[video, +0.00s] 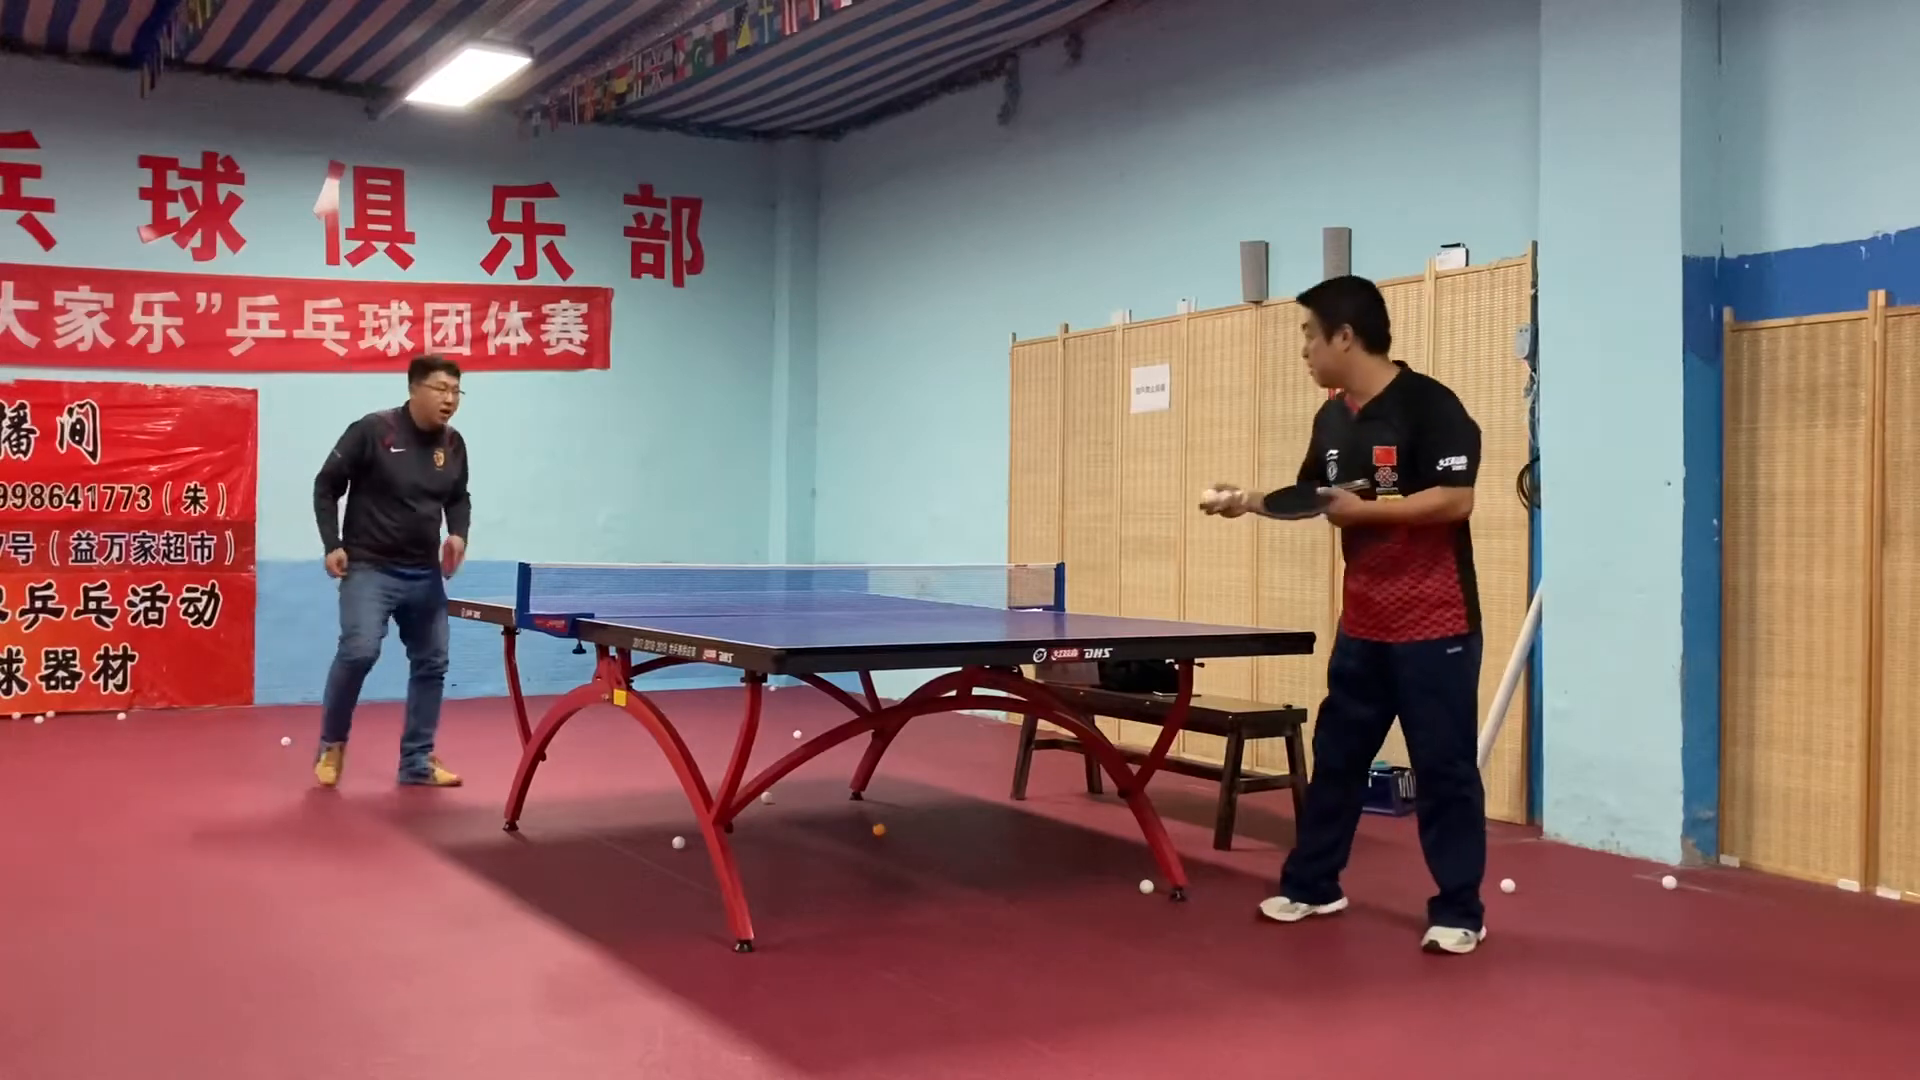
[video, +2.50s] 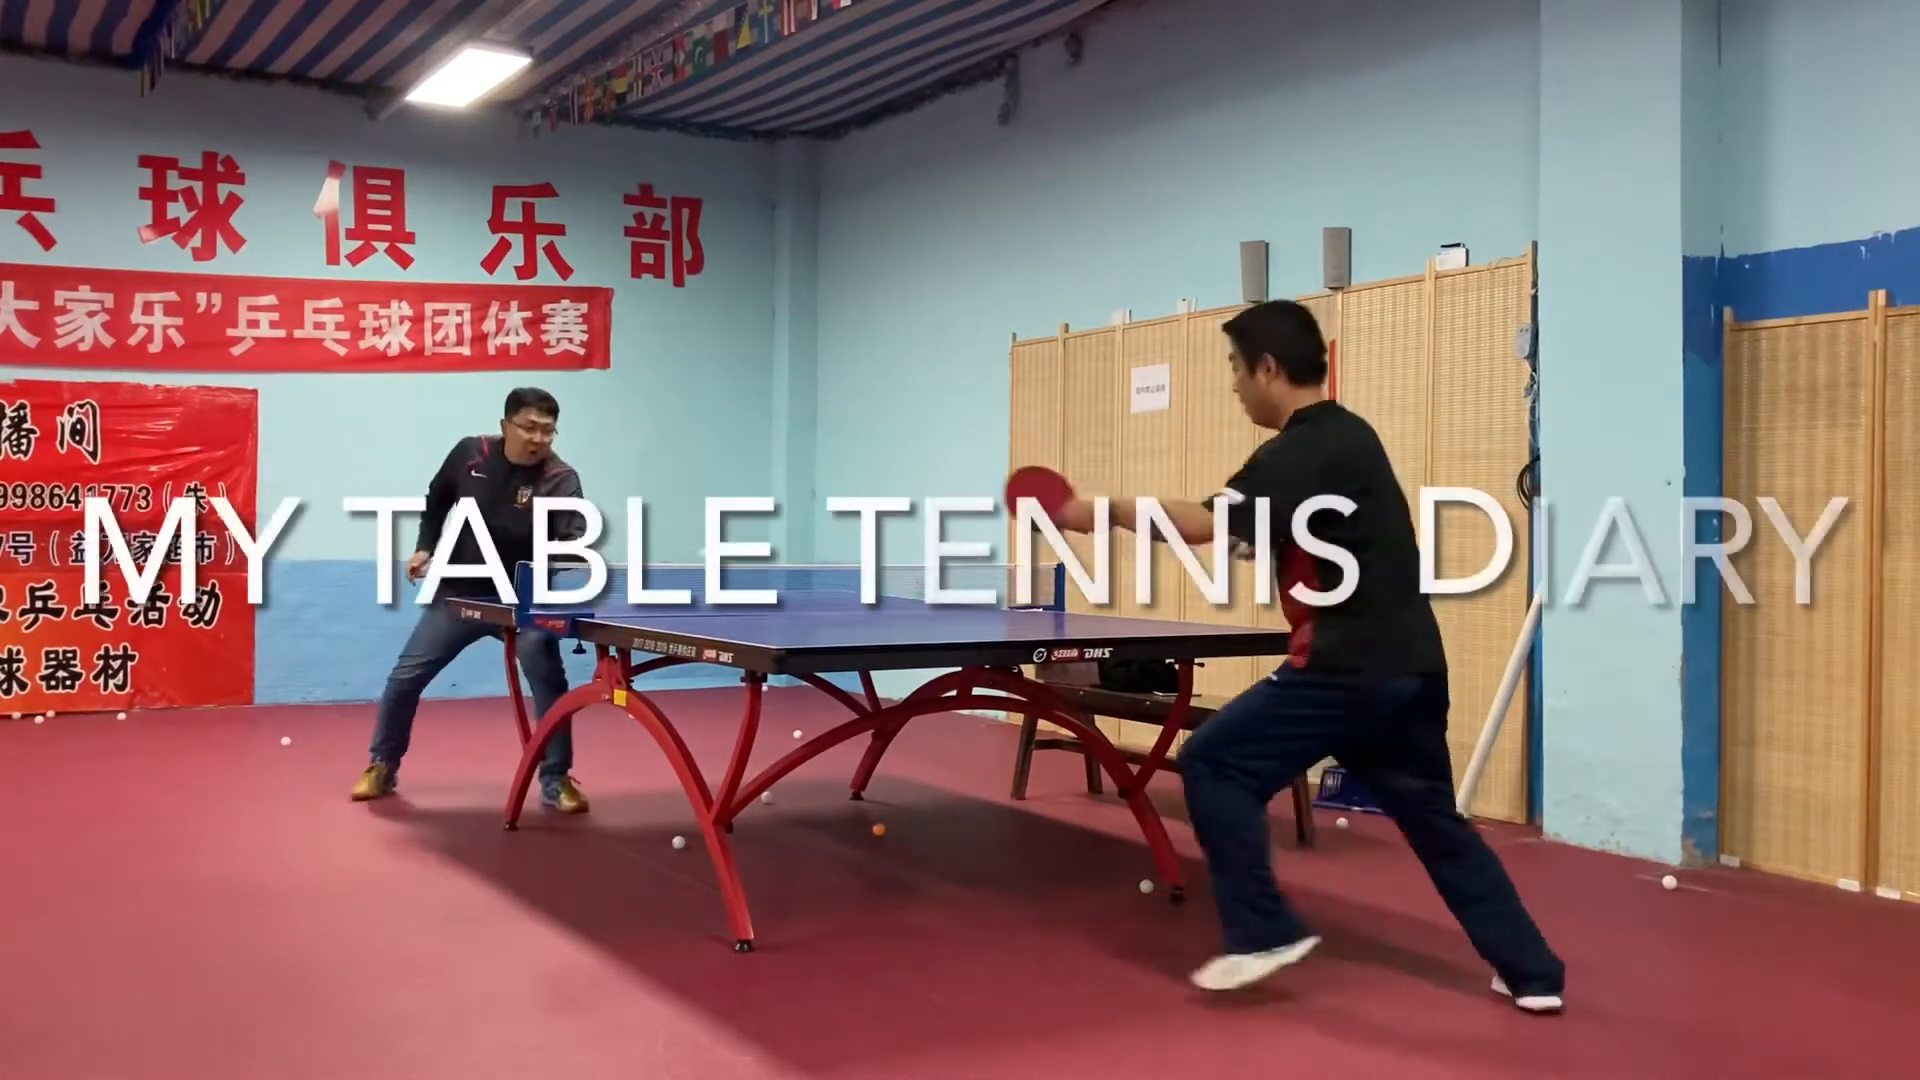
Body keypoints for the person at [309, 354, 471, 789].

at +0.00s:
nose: (449, 399)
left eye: (454, 392)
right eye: (440, 390)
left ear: (458, 398)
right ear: (414, 390)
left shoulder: (452, 443)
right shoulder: (372, 431)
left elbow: (457, 496)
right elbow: (326, 484)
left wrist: (458, 534)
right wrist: (332, 544)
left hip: (423, 575)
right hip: (368, 571)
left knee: (431, 664)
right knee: (359, 652)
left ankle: (417, 762)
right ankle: (332, 746)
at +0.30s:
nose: (465, 428)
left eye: (470, 419)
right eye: (455, 419)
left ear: (472, 422)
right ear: (426, 419)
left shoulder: (465, 457)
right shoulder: (388, 462)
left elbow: (473, 502)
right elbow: (347, 521)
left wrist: (484, 535)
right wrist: (396, 557)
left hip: (431, 578)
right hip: (380, 579)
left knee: (472, 651)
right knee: (395, 664)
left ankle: (433, 748)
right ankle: (393, 772)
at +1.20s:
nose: (523, 445)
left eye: (529, 437)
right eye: (514, 435)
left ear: (532, 442)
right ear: (487, 434)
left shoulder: (511, 483)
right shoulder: (447, 465)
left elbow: (505, 536)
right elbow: (406, 533)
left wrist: (507, 575)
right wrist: (461, 570)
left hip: (447, 584)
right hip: (397, 578)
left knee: (474, 658)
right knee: (396, 660)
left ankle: (470, 755)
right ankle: (386, 762)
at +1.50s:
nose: (516, 433)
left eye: (522, 426)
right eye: (508, 423)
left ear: (524, 431)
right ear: (481, 422)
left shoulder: (500, 479)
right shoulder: (442, 458)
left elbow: (494, 529)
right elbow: (404, 521)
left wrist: (506, 564)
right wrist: (451, 559)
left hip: (439, 583)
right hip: (394, 574)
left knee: (467, 663)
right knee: (376, 656)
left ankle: (469, 755)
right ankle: (328, 758)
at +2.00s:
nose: (487, 430)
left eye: (493, 423)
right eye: (478, 420)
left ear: (496, 425)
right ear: (450, 417)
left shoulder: (489, 464)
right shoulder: (398, 453)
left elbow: (507, 515)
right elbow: (363, 517)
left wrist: (536, 538)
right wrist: (404, 554)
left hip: (457, 594)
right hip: (394, 595)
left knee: (513, 659)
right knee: (358, 676)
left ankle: (534, 766)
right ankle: (307, 775)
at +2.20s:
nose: (534, 454)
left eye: (542, 446)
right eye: (526, 443)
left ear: (549, 446)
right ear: (500, 437)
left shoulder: (546, 486)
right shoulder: (456, 459)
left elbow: (561, 541)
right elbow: (410, 501)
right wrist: (409, 546)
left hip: (505, 609)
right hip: (441, 601)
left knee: (541, 667)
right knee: (381, 679)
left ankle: (556, 780)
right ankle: (325, 776)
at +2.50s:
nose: (538, 438)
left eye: (547, 430)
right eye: (529, 428)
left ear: (555, 431)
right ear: (506, 425)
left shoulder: (561, 480)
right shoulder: (471, 453)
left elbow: (569, 546)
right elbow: (439, 499)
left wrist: (552, 598)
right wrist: (425, 548)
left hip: (527, 602)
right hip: (462, 593)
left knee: (545, 668)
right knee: (405, 676)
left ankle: (557, 779)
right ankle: (382, 766)